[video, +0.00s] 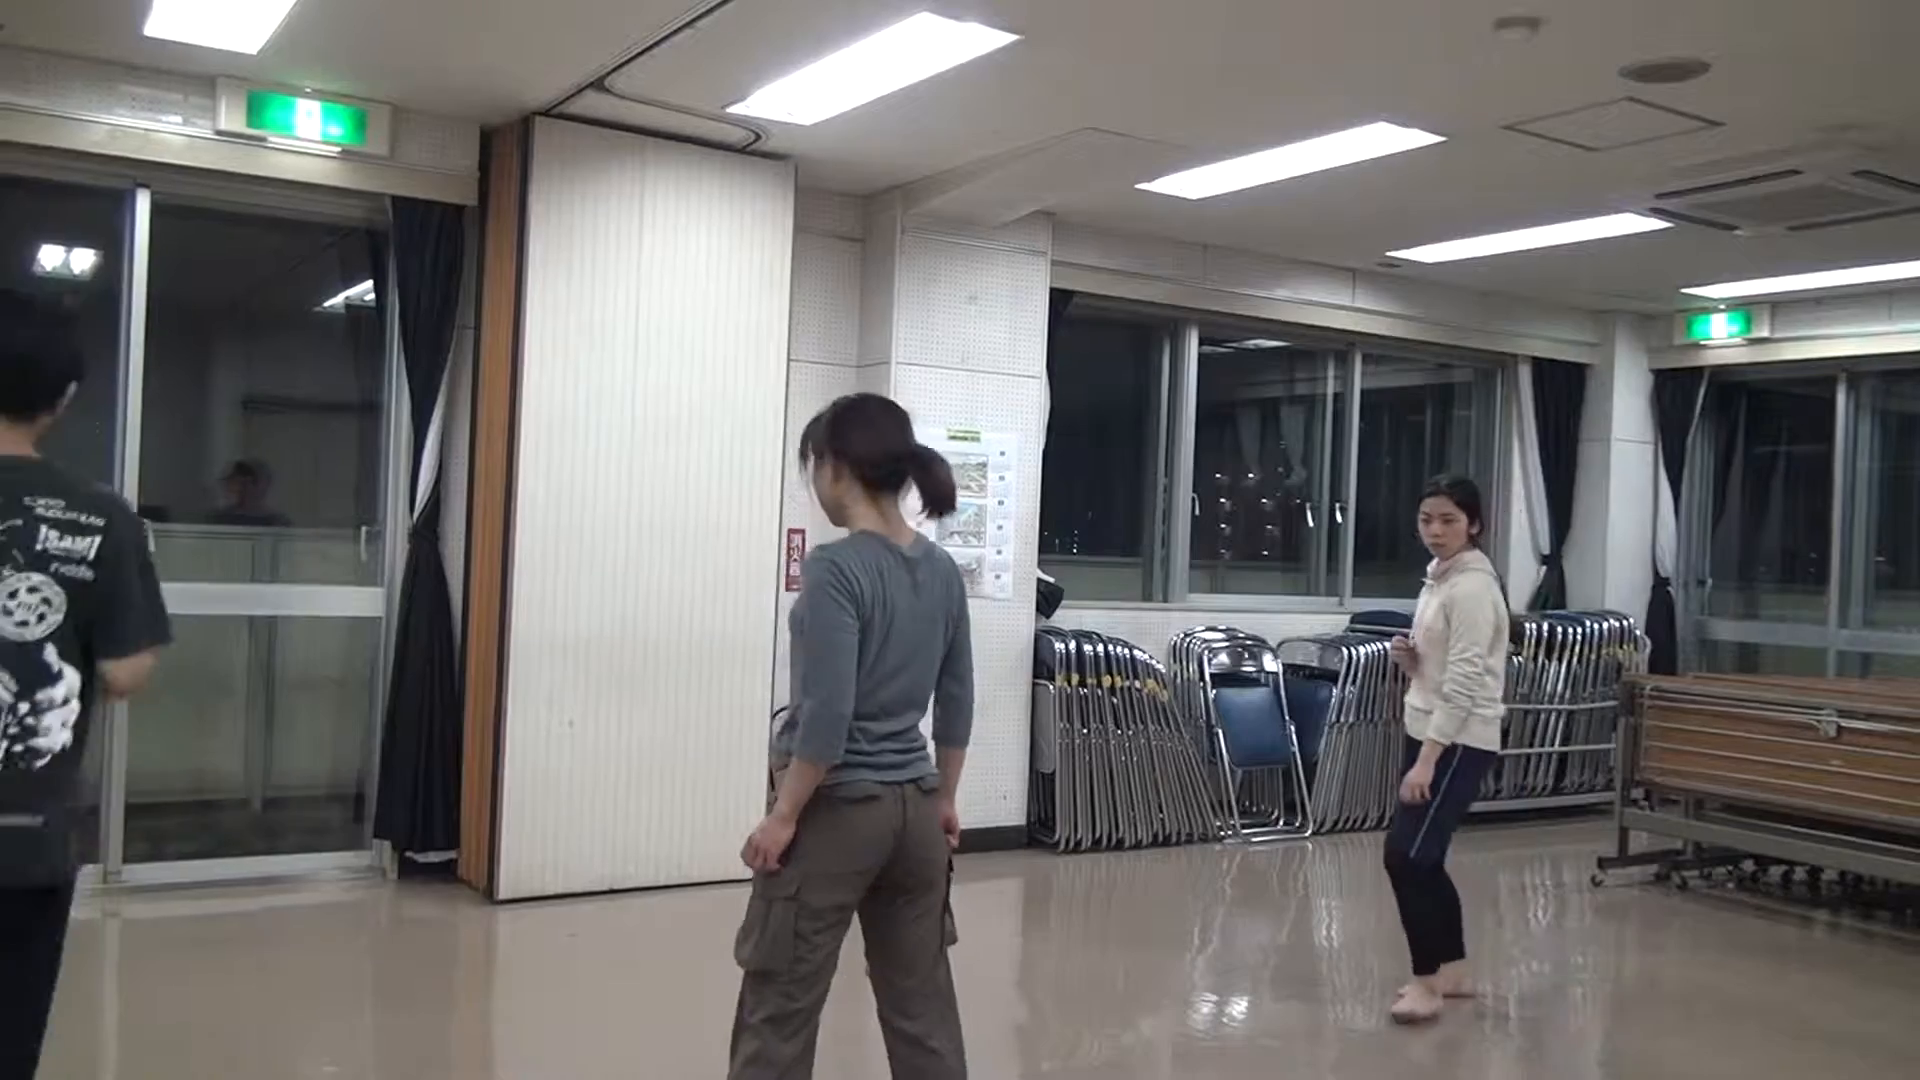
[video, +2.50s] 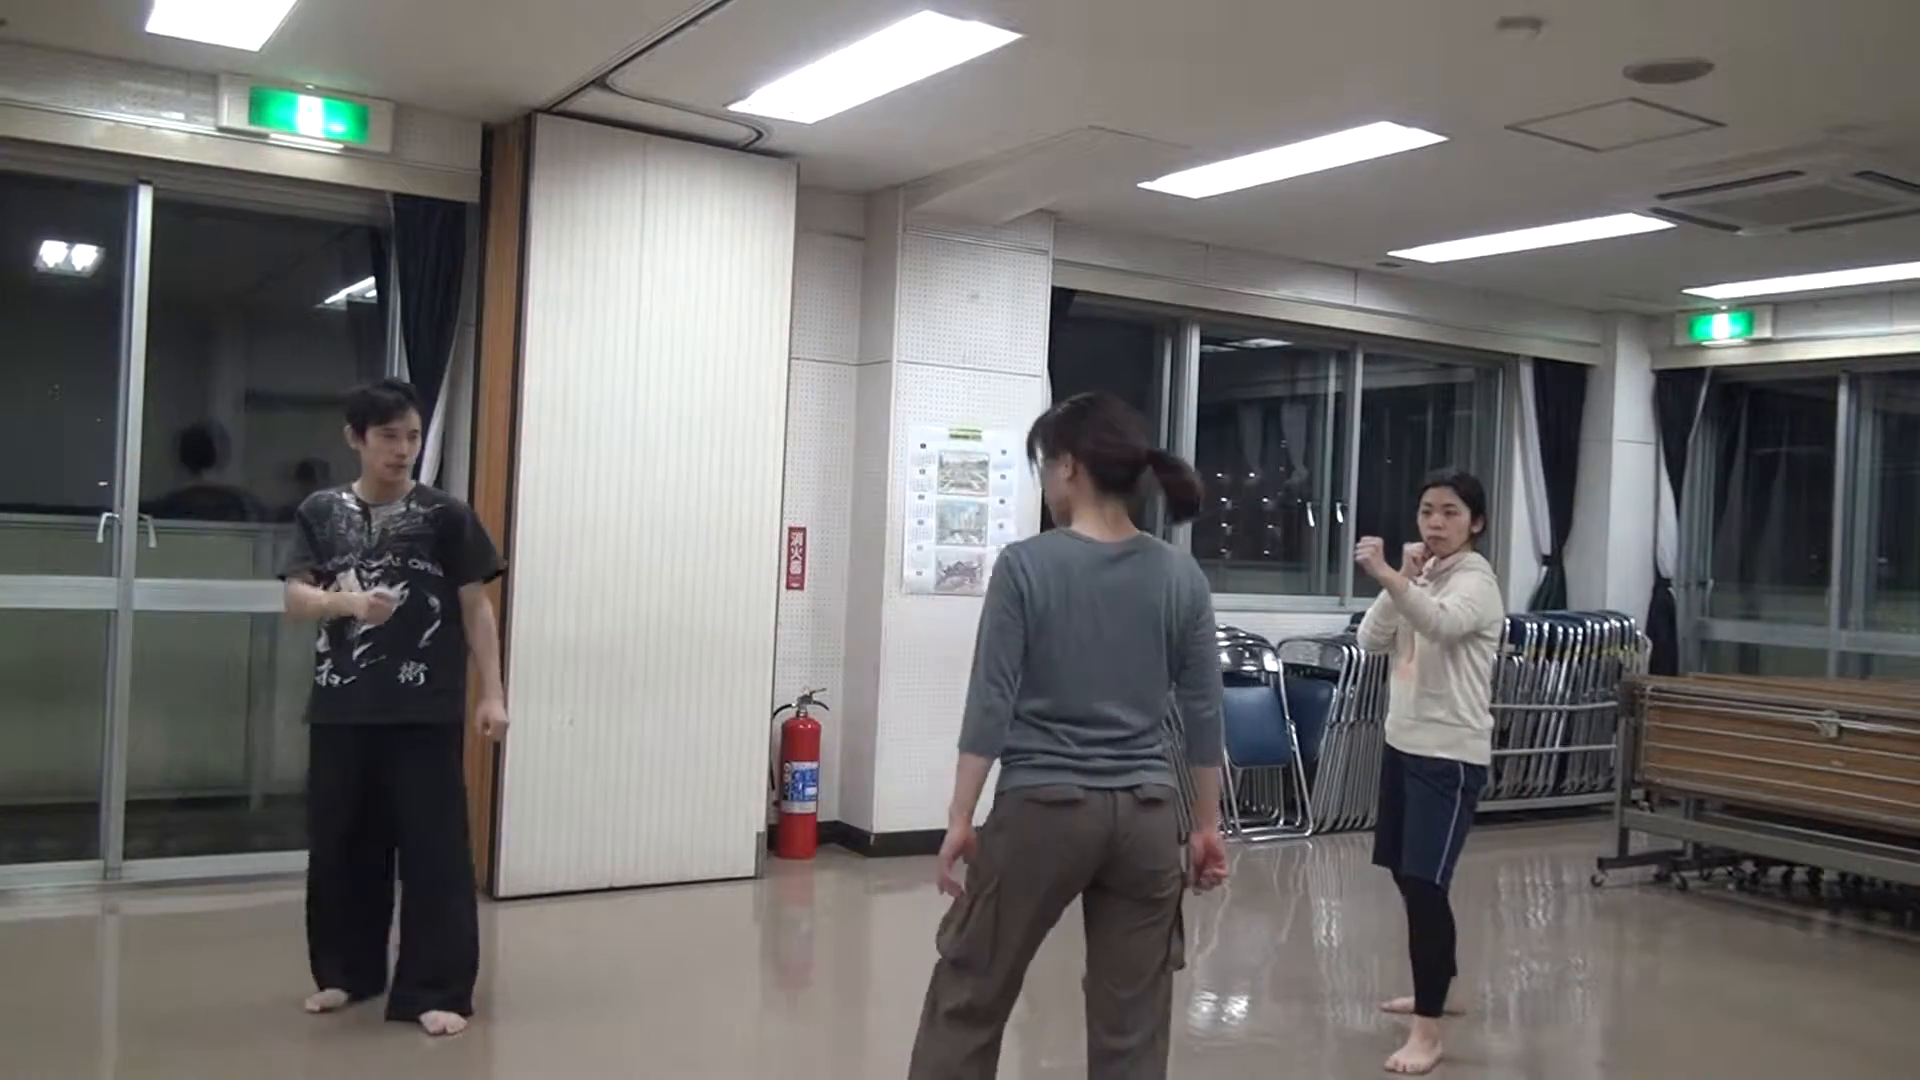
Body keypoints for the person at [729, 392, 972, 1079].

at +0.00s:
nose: (813, 481)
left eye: (814, 464)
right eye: (812, 465)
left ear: (837, 468)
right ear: (893, 468)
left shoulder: (834, 567)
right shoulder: (941, 567)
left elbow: (828, 711)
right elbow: (955, 692)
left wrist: (783, 815)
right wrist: (946, 793)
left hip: (834, 818)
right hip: (919, 815)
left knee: (778, 1018)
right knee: (922, 1015)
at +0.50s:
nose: (882, 486)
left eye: (881, 469)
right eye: (879, 470)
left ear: (906, 464)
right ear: (961, 462)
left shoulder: (948, 555)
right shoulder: (989, 548)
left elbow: (982, 691)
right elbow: (981, 689)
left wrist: (972, 812)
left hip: (939, 805)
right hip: (992, 799)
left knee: (885, 990)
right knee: (961, 1002)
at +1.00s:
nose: (908, 487)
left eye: (907, 469)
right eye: (906, 471)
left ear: (927, 464)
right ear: (988, 464)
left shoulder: (948, 559)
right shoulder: (1024, 558)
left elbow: (937, 709)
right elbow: (1025, 694)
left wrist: (887, 812)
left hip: (955, 814)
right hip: (1017, 810)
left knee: (924, 1008)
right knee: (977, 1003)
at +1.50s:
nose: (994, 471)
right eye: (993, 458)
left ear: (906, 467)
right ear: (990, 463)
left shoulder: (865, 556)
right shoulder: (1030, 569)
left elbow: (815, 694)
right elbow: (1056, 713)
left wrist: (803, 805)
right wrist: (1069, 834)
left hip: (903, 829)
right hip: (1013, 829)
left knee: (898, 1031)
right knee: (995, 1033)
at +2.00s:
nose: (939, 471)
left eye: (939, 460)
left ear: (939, 469)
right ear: (1027, 468)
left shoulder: (905, 565)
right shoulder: (1068, 569)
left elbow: (854, 697)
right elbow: (1095, 707)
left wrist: (829, 802)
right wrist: (1107, 827)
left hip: (937, 828)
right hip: (1051, 827)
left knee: (920, 1027)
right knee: (1074, 1025)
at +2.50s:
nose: (1043, 479)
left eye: (1047, 463)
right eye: (1045, 463)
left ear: (1071, 467)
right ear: (1131, 470)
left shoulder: (1026, 564)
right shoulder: (1181, 574)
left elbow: (993, 699)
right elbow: (1204, 706)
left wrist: (960, 818)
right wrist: (1207, 820)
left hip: (1041, 818)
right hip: (1151, 823)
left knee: (967, 1007)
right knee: (1132, 1027)